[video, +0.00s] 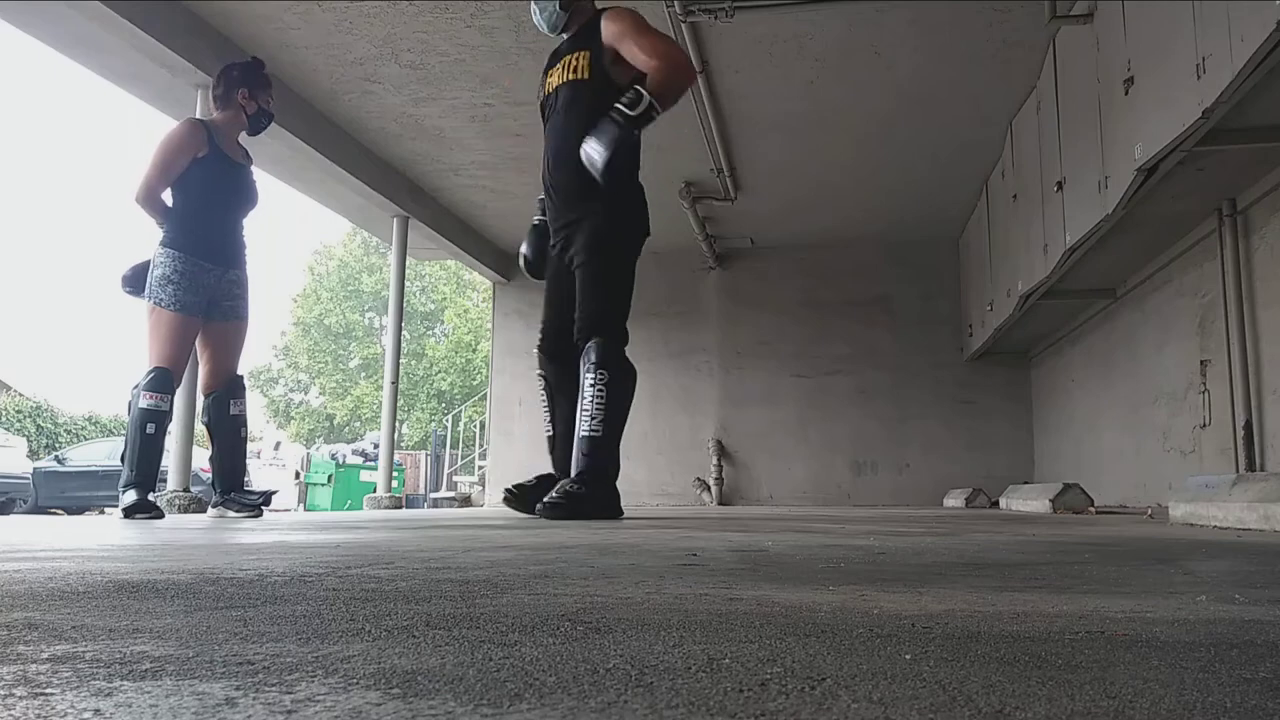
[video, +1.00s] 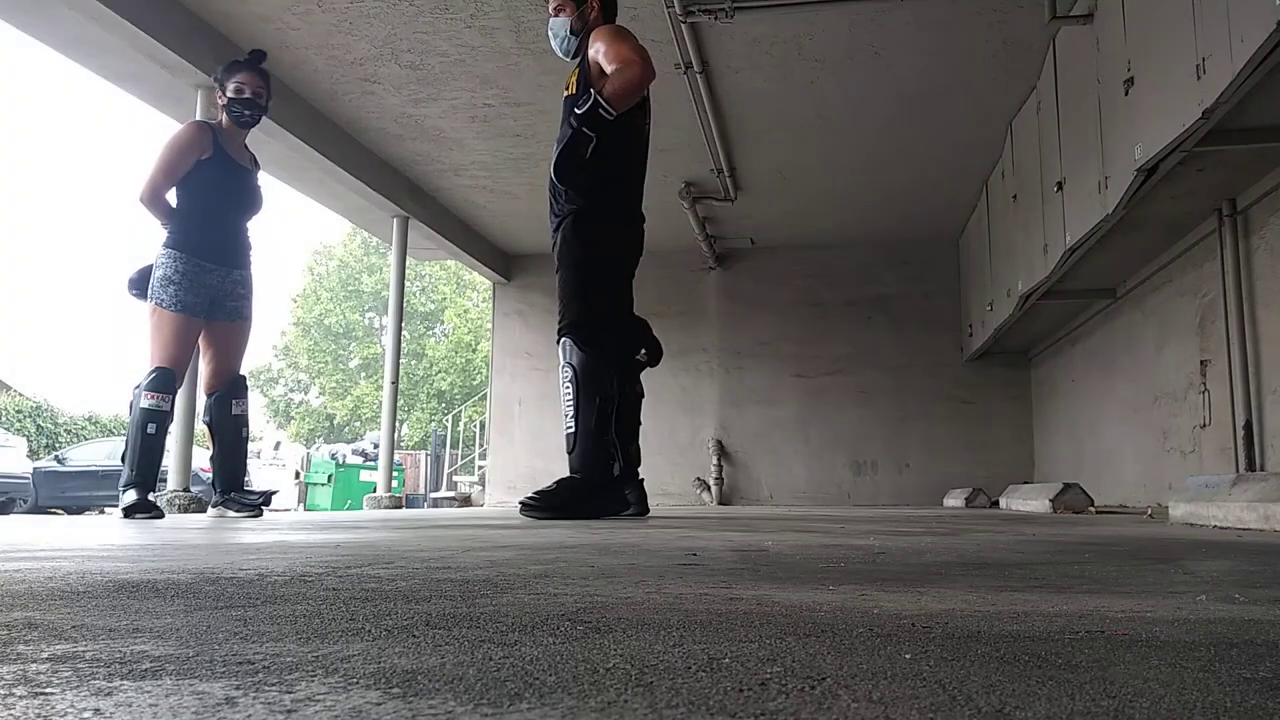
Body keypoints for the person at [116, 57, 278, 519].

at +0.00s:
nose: (270, 110)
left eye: (271, 103)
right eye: (267, 100)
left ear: (239, 99)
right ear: (243, 96)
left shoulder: (242, 153)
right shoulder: (193, 130)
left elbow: (226, 215)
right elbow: (146, 194)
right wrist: (177, 227)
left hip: (231, 271)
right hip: (183, 262)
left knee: (222, 382)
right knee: (163, 375)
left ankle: (228, 488)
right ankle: (137, 489)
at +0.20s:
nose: (271, 109)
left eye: (272, 102)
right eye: (267, 99)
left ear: (240, 99)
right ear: (244, 96)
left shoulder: (242, 154)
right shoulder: (194, 131)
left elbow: (228, 215)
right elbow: (147, 194)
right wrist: (178, 228)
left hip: (233, 271)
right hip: (185, 262)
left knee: (223, 382)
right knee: (164, 376)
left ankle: (228, 489)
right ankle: (138, 489)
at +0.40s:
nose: (271, 112)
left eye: (272, 105)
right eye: (268, 102)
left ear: (242, 100)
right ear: (245, 97)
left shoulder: (243, 155)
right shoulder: (196, 132)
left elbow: (229, 215)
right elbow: (149, 195)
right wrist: (178, 227)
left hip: (234, 271)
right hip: (186, 261)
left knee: (224, 381)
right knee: (165, 374)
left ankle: (228, 488)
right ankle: (138, 489)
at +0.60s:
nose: (273, 111)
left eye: (274, 104)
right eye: (269, 101)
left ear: (243, 100)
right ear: (246, 96)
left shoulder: (243, 155)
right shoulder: (196, 132)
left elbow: (228, 216)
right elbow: (149, 195)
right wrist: (179, 228)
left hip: (234, 271)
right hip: (186, 262)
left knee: (224, 381)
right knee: (165, 375)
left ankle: (228, 488)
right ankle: (138, 489)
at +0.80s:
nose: (272, 109)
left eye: (274, 102)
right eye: (267, 99)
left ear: (248, 99)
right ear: (239, 94)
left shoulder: (245, 156)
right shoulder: (196, 132)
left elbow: (229, 217)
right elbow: (149, 195)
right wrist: (180, 229)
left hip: (234, 272)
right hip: (186, 262)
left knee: (224, 382)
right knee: (165, 375)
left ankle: (228, 488)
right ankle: (138, 489)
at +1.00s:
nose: (248, 99)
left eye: (258, 94)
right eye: (240, 90)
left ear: (266, 103)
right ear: (220, 94)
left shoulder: (250, 159)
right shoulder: (198, 133)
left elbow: (234, 217)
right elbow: (151, 194)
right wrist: (180, 229)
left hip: (235, 273)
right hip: (186, 263)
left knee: (225, 382)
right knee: (164, 375)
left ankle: (228, 488)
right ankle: (138, 489)